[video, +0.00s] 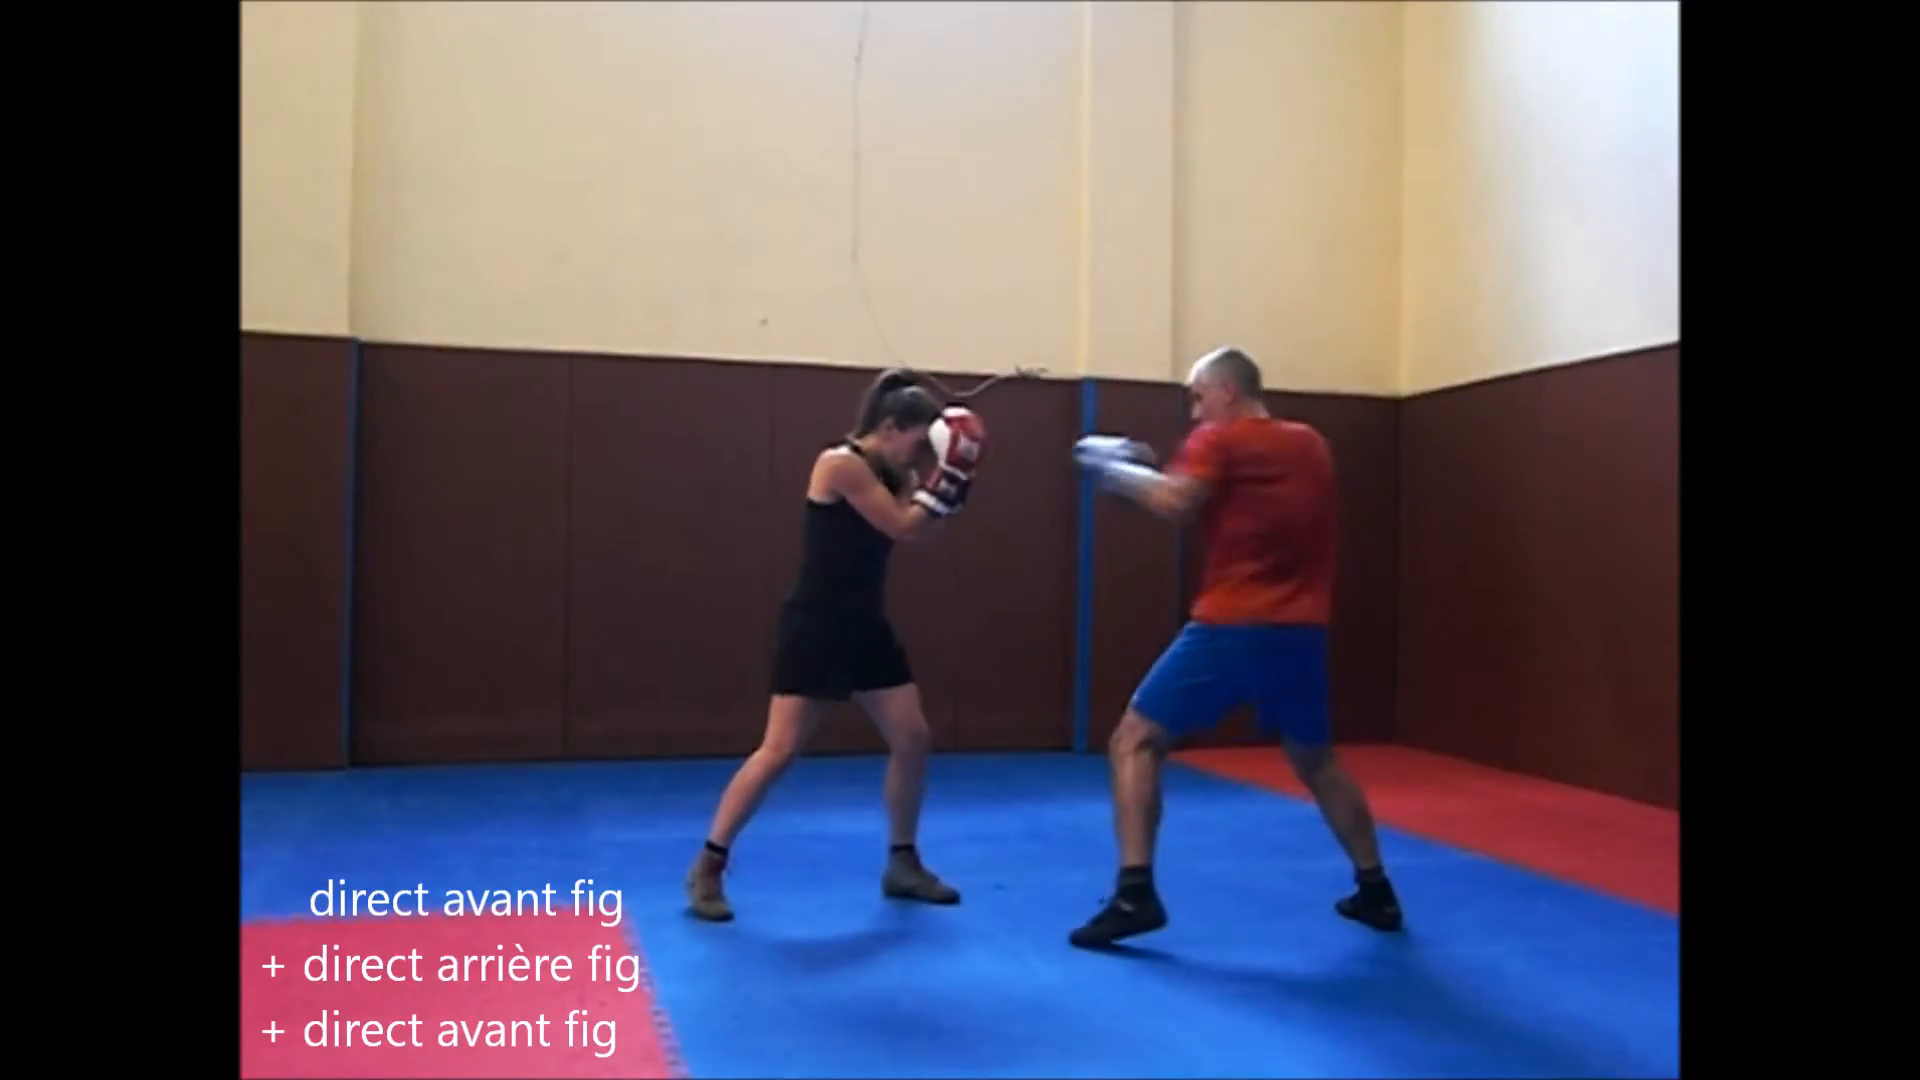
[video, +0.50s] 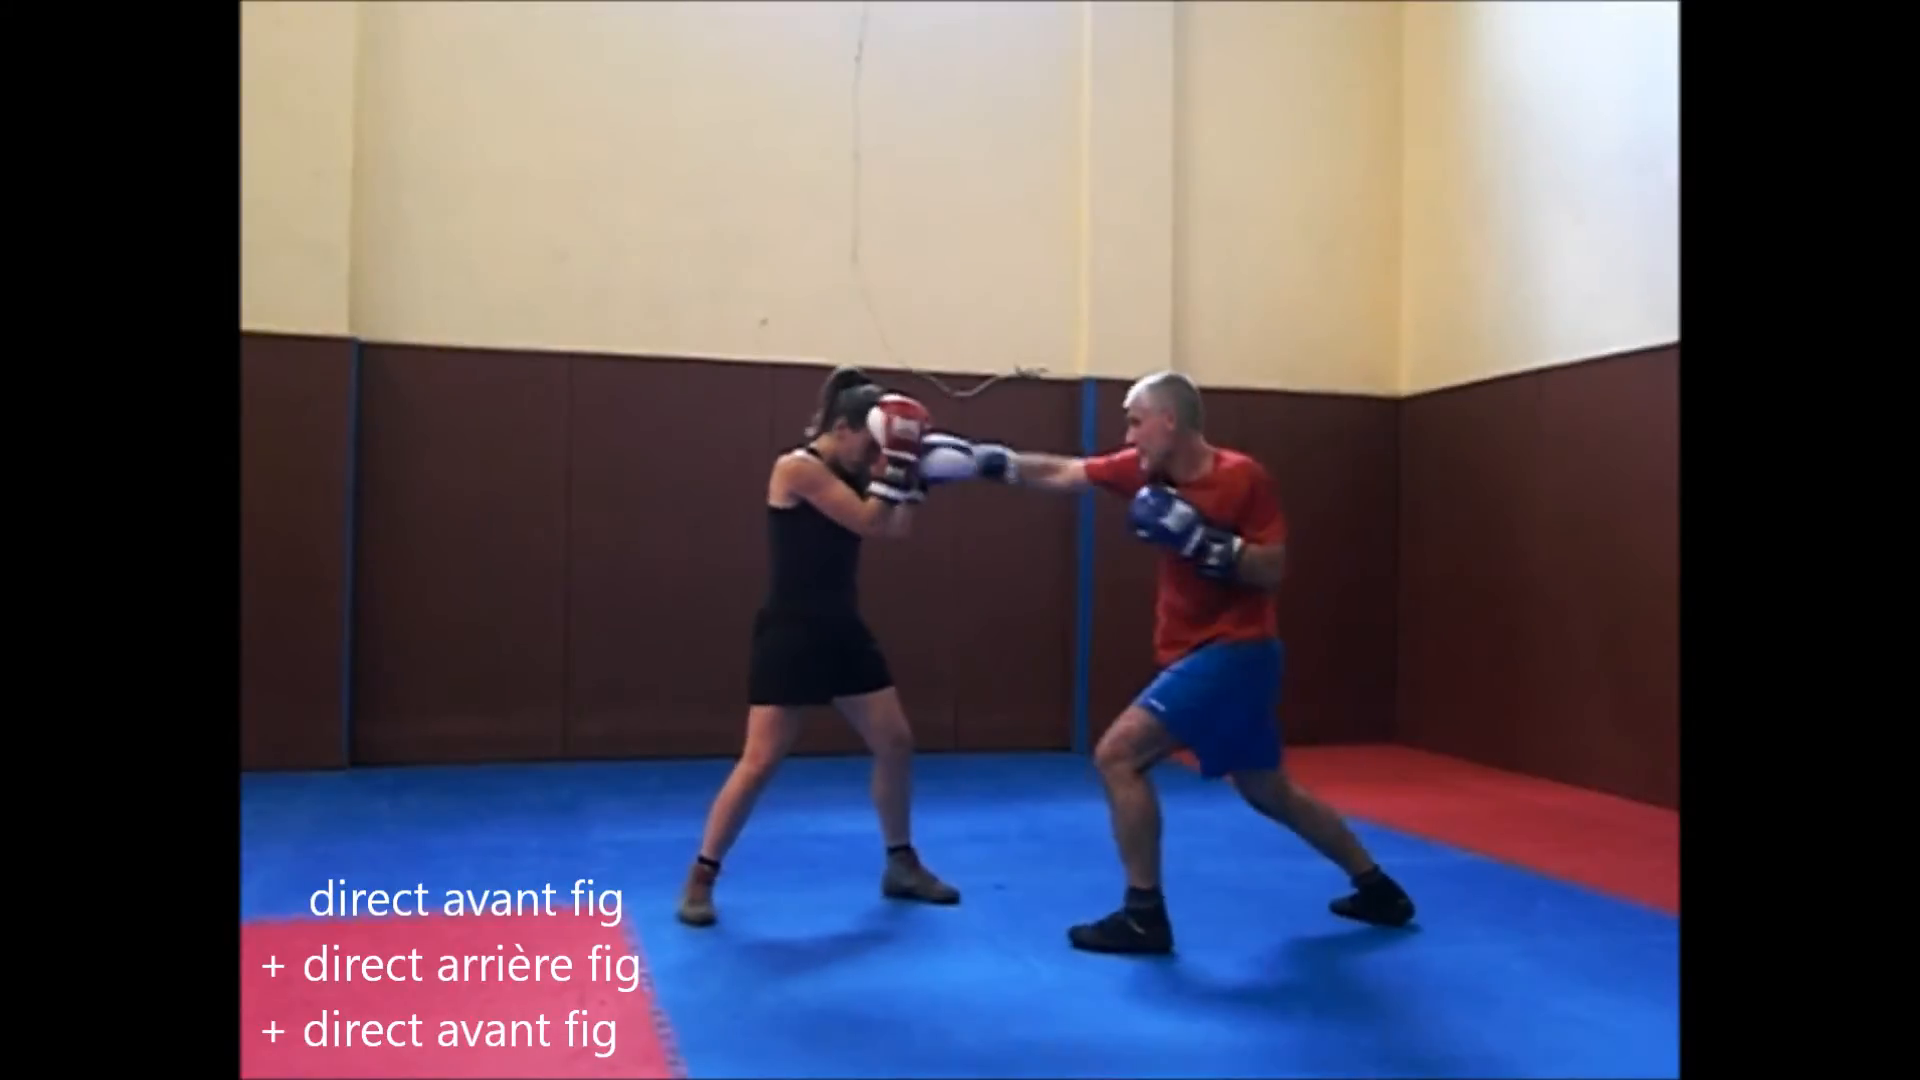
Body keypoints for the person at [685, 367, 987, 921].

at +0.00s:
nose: (919, 453)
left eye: (924, 444)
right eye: (918, 442)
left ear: (897, 429)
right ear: (891, 427)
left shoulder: (887, 473)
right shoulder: (840, 465)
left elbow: (924, 522)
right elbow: (902, 526)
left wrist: (957, 473)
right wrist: (946, 478)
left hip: (863, 627)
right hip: (813, 625)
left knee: (911, 738)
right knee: (778, 749)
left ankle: (903, 864)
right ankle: (709, 865)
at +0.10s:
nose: (913, 449)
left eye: (918, 440)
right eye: (910, 436)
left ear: (904, 431)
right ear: (883, 422)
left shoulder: (884, 471)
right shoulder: (835, 459)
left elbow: (920, 523)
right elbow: (894, 519)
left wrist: (944, 480)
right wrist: (926, 476)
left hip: (865, 625)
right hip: (812, 622)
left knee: (906, 740)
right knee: (774, 746)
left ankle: (902, 865)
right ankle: (706, 864)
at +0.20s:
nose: (895, 453)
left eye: (900, 444)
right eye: (890, 441)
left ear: (888, 436)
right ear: (860, 427)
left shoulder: (869, 475)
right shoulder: (815, 465)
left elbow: (916, 523)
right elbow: (880, 518)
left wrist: (933, 473)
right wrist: (909, 469)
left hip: (862, 633)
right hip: (807, 632)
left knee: (912, 741)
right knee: (765, 757)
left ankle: (903, 865)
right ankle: (702, 876)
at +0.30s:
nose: (883, 457)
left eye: (887, 448)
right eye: (878, 445)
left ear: (862, 437)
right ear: (846, 433)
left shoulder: (856, 480)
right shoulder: (804, 469)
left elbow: (903, 529)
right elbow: (871, 524)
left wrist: (924, 474)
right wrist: (902, 470)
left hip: (850, 635)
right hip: (795, 636)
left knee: (907, 743)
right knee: (761, 760)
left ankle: (902, 865)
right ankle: (700, 878)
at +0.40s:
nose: (881, 457)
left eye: (885, 448)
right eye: (877, 446)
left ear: (859, 435)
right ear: (846, 432)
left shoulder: (850, 477)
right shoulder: (802, 468)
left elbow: (900, 528)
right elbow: (871, 523)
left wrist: (920, 473)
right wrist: (900, 475)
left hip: (842, 632)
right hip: (790, 633)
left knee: (898, 741)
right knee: (759, 760)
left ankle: (901, 865)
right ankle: (700, 878)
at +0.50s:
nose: (873, 451)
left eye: (877, 442)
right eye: (869, 440)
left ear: (858, 434)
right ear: (841, 429)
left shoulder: (846, 475)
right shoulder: (797, 468)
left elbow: (894, 525)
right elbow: (872, 522)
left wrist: (913, 472)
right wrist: (892, 466)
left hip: (840, 631)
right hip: (789, 633)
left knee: (894, 741)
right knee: (760, 760)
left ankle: (901, 865)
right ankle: (701, 878)